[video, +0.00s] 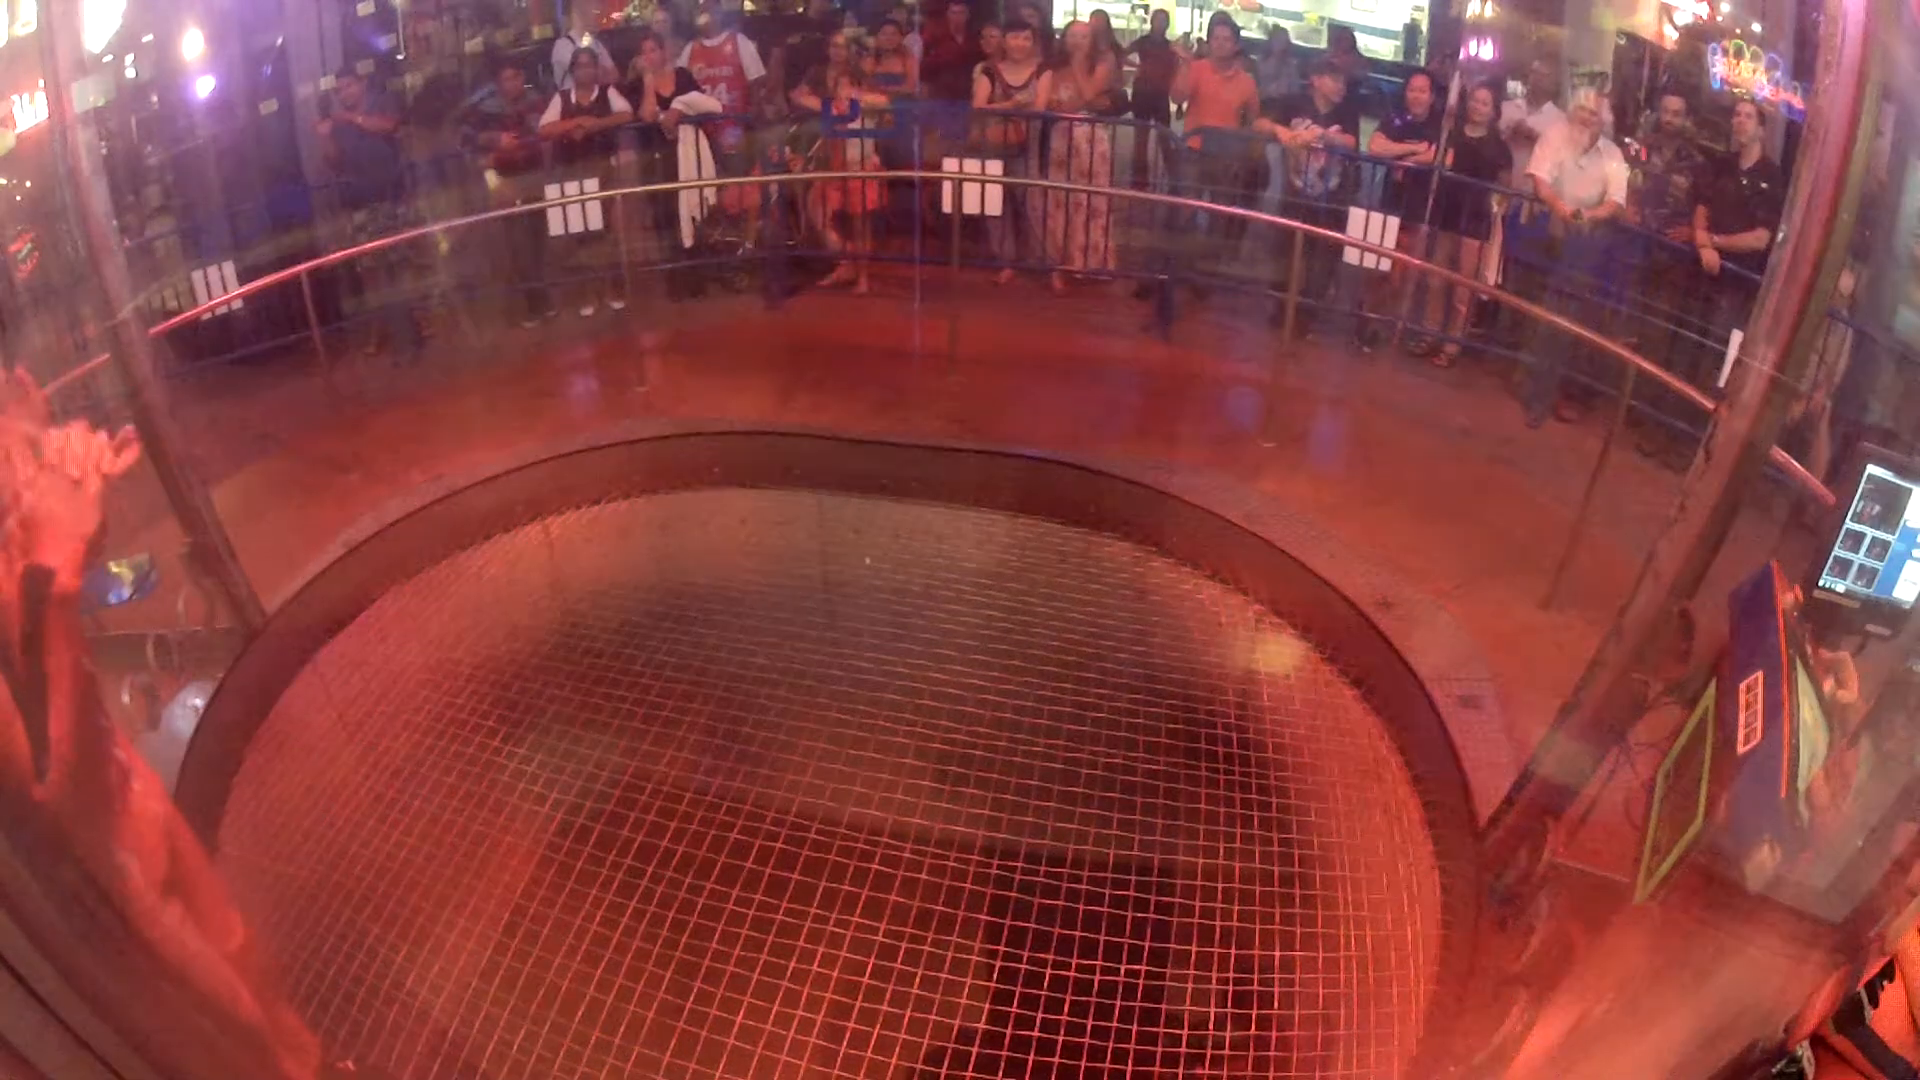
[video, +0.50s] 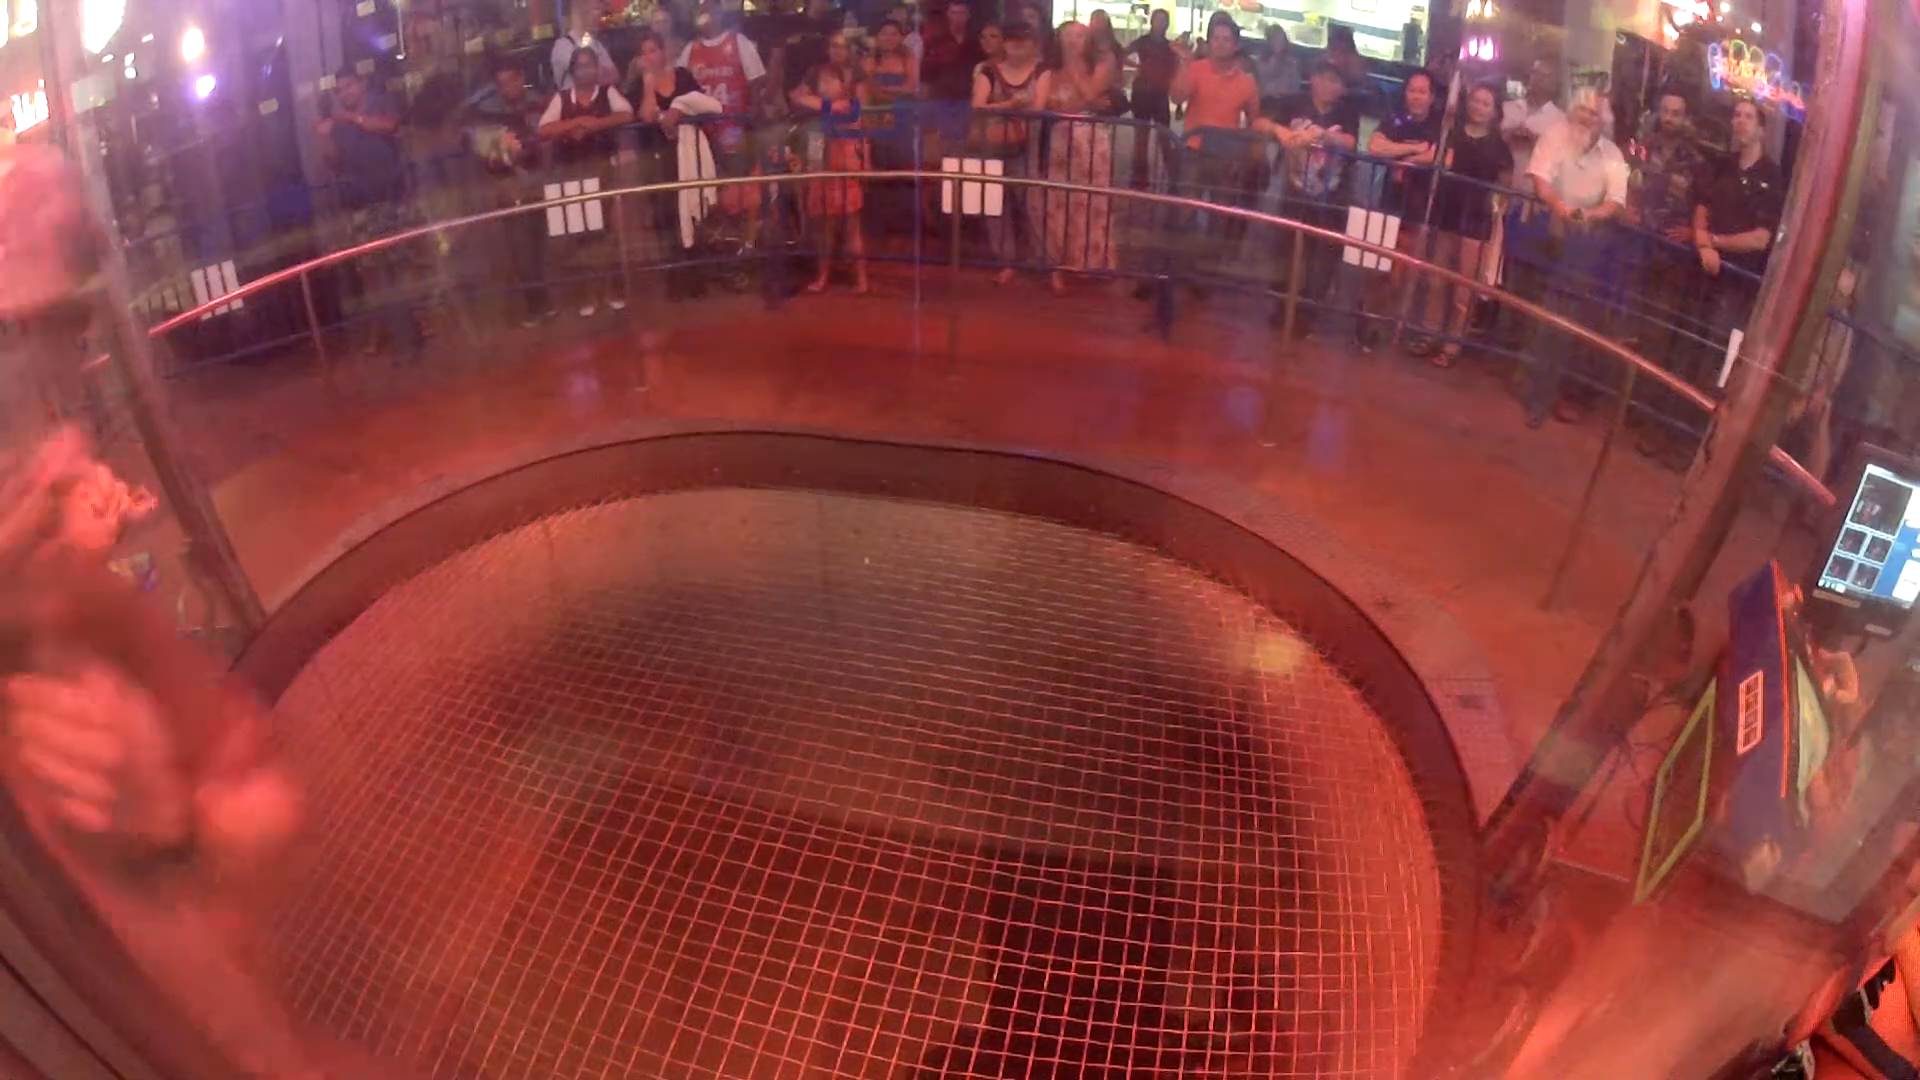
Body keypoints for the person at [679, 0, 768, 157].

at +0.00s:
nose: (704, 17)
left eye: (709, 12)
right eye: (701, 13)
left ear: (719, 15)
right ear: (696, 18)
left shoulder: (739, 42)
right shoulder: (691, 48)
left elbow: (757, 83)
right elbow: (680, 84)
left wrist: (753, 117)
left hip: (733, 123)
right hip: (701, 124)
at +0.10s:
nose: (703, 18)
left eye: (708, 13)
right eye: (699, 13)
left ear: (719, 15)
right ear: (695, 19)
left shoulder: (739, 42)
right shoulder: (691, 48)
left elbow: (757, 84)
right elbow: (680, 84)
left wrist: (752, 117)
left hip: (733, 124)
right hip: (701, 125)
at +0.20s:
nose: (702, 18)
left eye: (707, 12)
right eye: (699, 13)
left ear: (719, 14)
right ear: (695, 18)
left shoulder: (739, 42)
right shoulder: (691, 48)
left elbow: (756, 83)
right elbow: (681, 84)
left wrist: (754, 116)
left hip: (733, 124)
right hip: (702, 125)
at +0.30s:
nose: (703, 18)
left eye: (708, 13)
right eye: (699, 13)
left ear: (719, 15)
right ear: (695, 19)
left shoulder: (739, 42)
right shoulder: (691, 48)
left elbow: (756, 84)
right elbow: (680, 84)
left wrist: (753, 117)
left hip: (733, 125)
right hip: (702, 126)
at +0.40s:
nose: (703, 18)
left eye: (708, 13)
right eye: (700, 13)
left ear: (719, 15)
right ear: (695, 19)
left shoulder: (739, 42)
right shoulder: (691, 48)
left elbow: (756, 83)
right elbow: (681, 84)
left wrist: (753, 116)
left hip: (733, 123)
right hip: (702, 124)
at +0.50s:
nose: (703, 18)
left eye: (708, 13)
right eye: (700, 13)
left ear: (719, 15)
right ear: (696, 18)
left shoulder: (739, 42)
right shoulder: (691, 48)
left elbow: (756, 83)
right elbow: (681, 84)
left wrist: (754, 117)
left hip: (734, 123)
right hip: (702, 124)